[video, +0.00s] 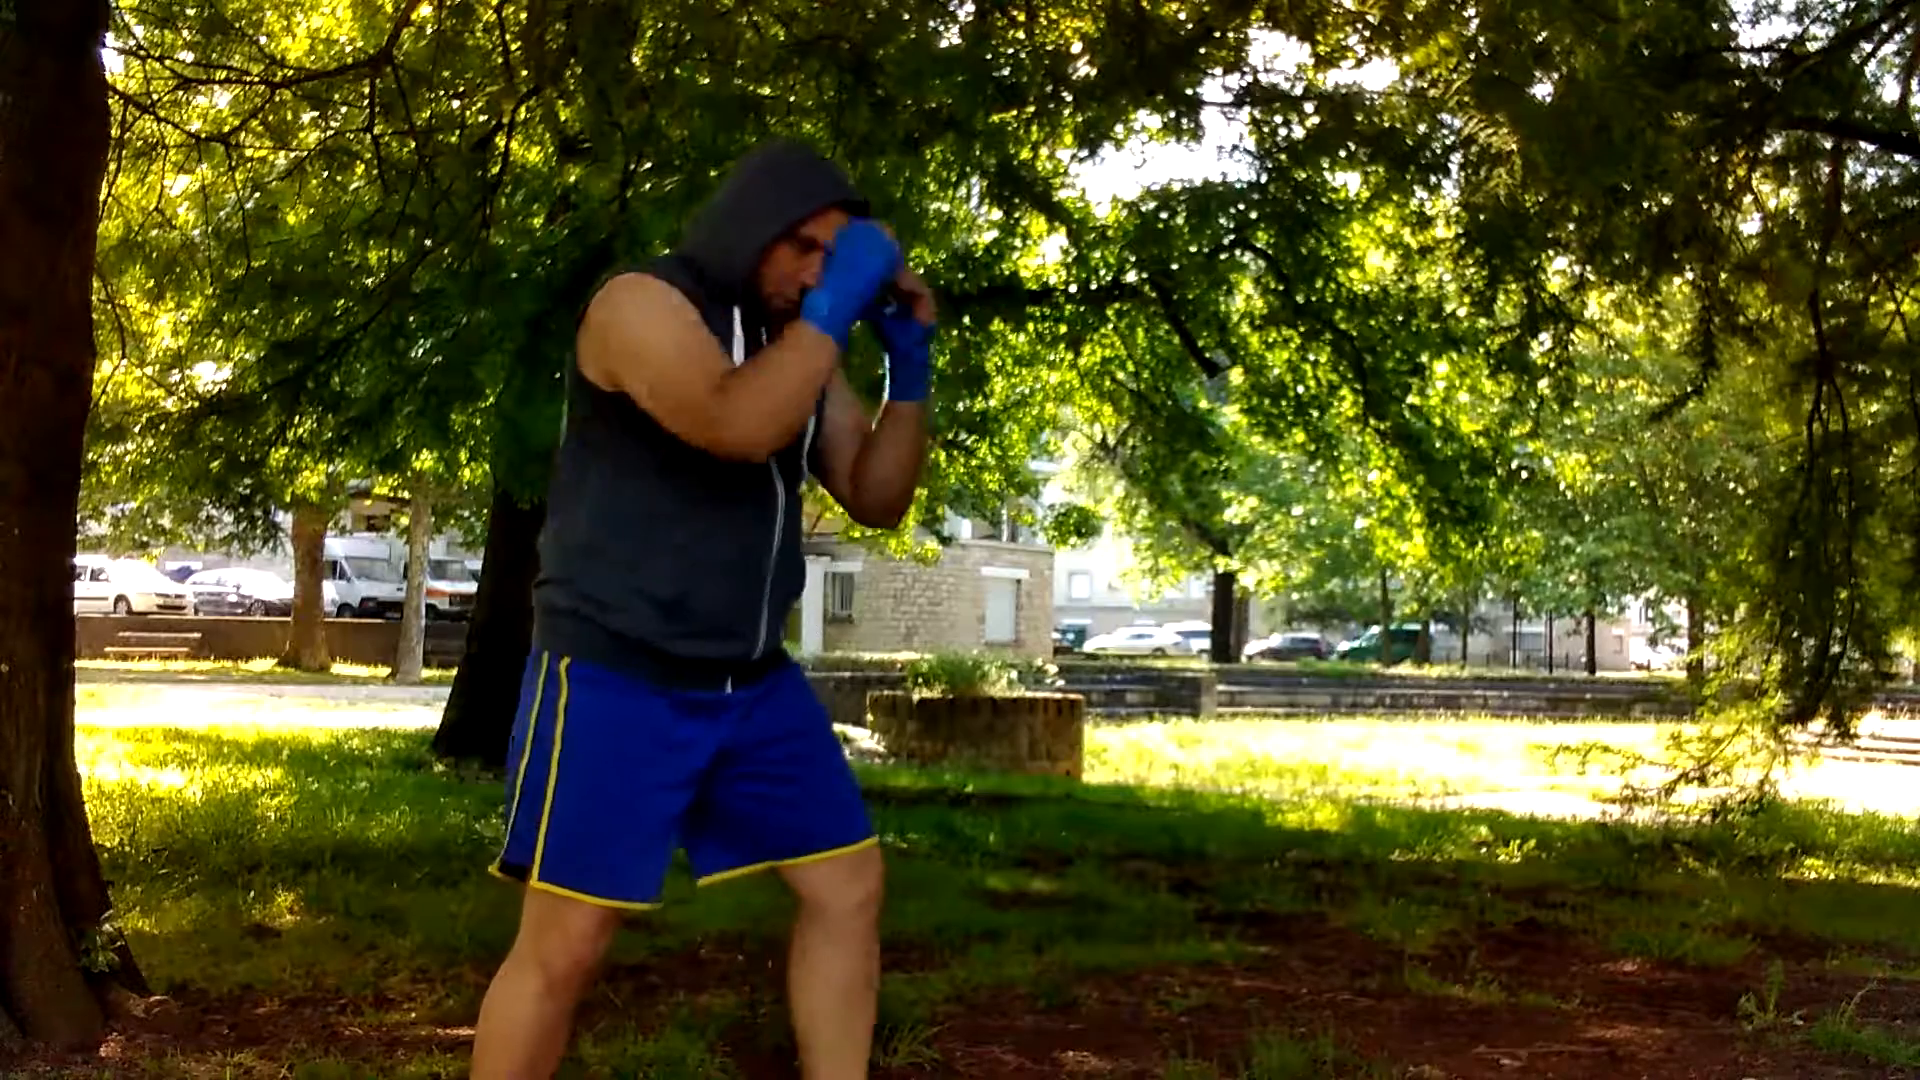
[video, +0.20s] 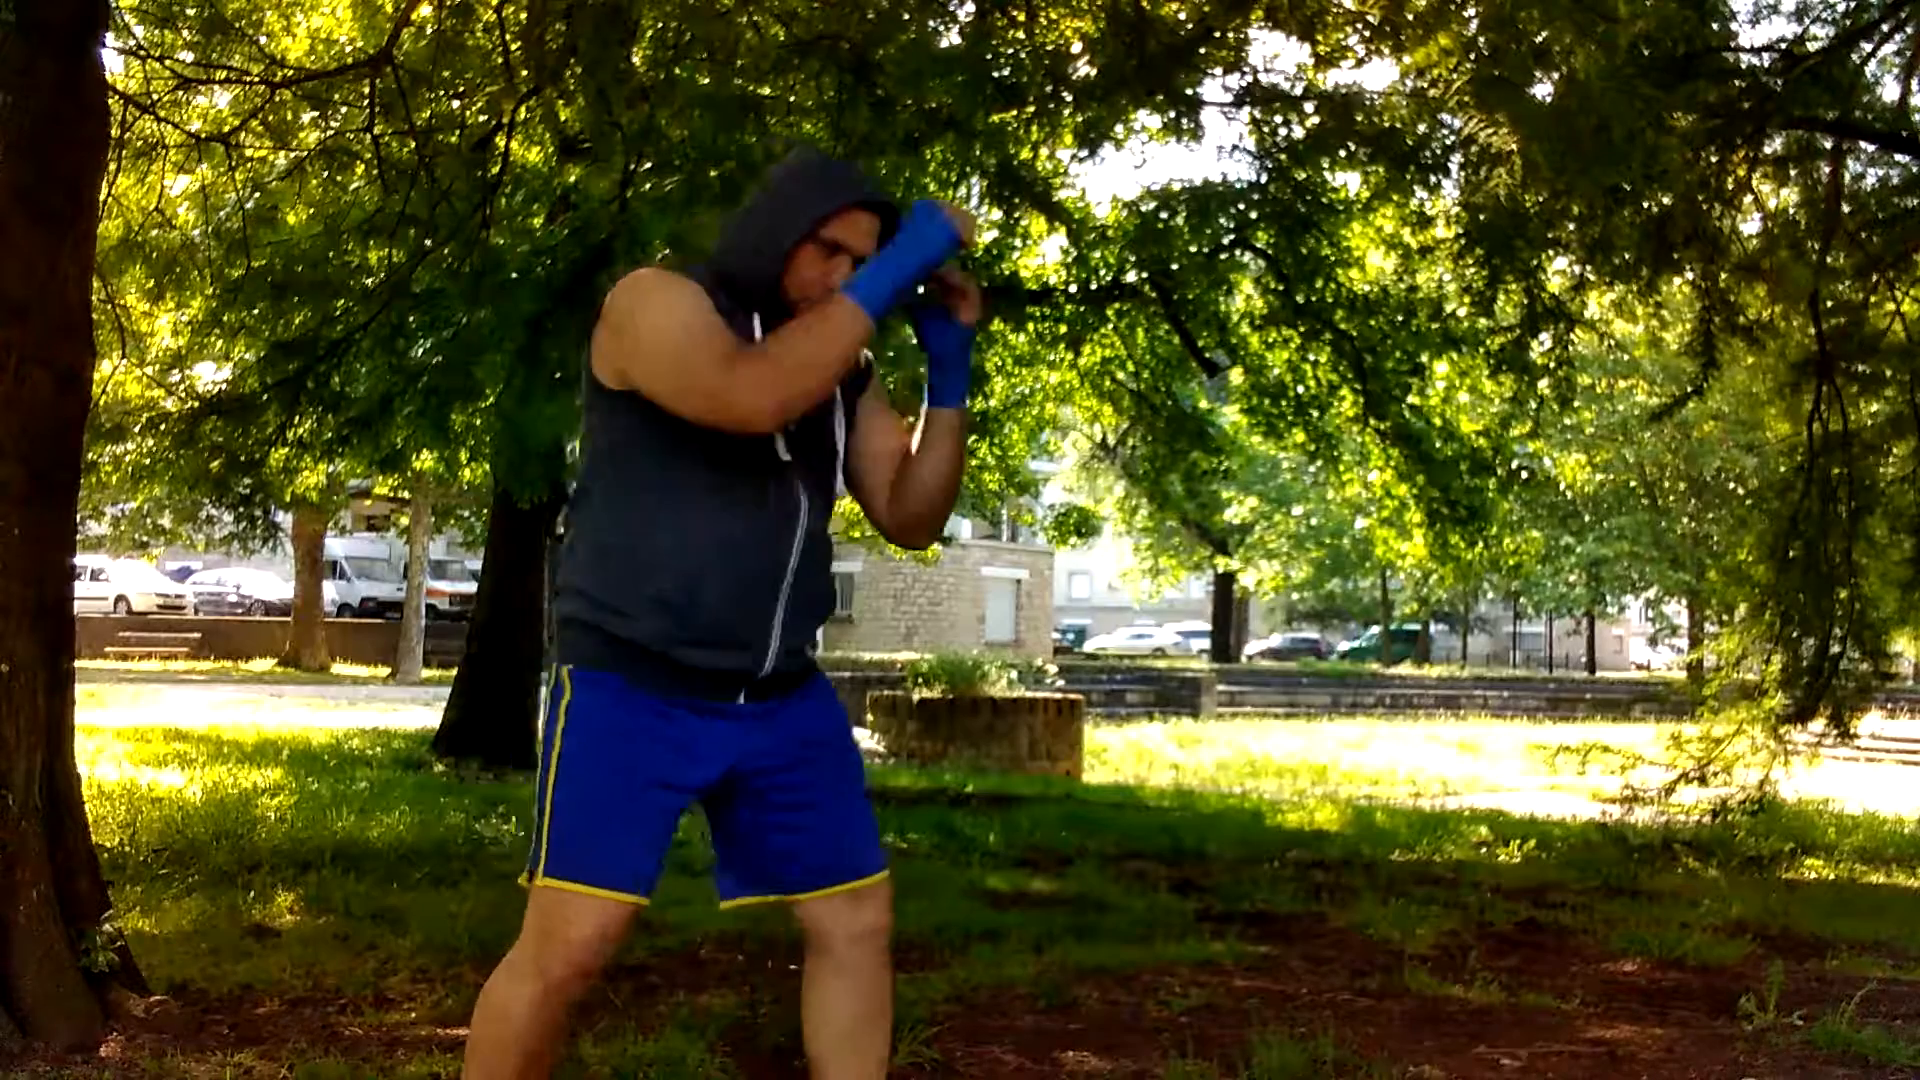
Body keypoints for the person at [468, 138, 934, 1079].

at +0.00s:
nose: (818, 277)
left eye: (831, 259)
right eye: (804, 248)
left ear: (837, 262)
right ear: (746, 231)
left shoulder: (796, 352)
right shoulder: (634, 305)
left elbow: (876, 498)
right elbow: (739, 424)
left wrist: (910, 363)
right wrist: (836, 306)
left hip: (750, 677)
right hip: (611, 675)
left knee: (845, 880)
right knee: (563, 943)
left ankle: (837, 1074)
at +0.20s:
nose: (850, 285)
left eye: (866, 267)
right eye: (834, 254)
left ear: (870, 276)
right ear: (773, 238)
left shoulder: (838, 373)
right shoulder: (649, 303)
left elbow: (911, 516)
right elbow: (754, 395)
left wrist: (948, 361)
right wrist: (892, 272)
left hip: (781, 695)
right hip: (628, 688)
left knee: (854, 921)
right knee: (567, 947)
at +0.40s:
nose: (790, 256)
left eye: (808, 239)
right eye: (773, 226)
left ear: (819, 250)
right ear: (715, 213)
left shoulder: (818, 347)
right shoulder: (590, 328)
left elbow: (892, 522)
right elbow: (603, 516)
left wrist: (923, 402)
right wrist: (762, 451)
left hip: (776, 706)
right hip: (613, 704)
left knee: (879, 918)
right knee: (548, 967)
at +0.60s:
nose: (800, 239)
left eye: (818, 220)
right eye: (779, 210)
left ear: (832, 227)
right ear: (719, 199)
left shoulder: (813, 341)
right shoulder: (614, 289)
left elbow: (900, 497)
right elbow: (745, 361)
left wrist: (899, 338)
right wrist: (888, 262)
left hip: (791, 688)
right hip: (630, 691)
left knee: (887, 918)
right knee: (560, 972)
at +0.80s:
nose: (856, 247)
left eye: (877, 230)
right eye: (835, 218)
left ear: (893, 247)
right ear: (781, 215)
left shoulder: (879, 357)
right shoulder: (661, 311)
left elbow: (951, 522)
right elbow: (701, 475)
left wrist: (961, 348)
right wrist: (835, 329)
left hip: (824, 712)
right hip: (656, 705)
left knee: (909, 947)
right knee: (571, 970)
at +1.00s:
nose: (813, 236)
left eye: (832, 217)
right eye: (793, 205)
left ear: (844, 230)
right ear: (731, 196)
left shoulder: (847, 333)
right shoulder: (620, 316)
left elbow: (927, 527)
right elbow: (633, 510)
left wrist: (953, 391)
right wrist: (804, 436)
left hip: (815, 705)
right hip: (644, 707)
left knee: (925, 935)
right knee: (563, 986)